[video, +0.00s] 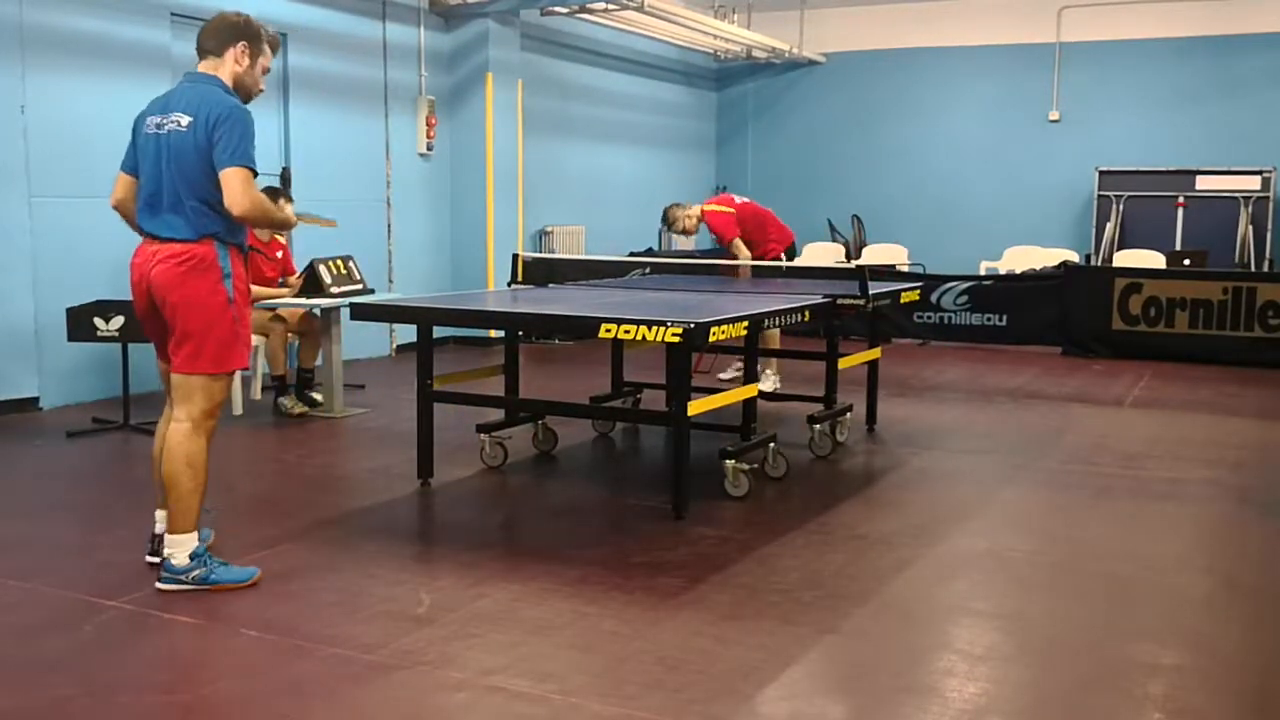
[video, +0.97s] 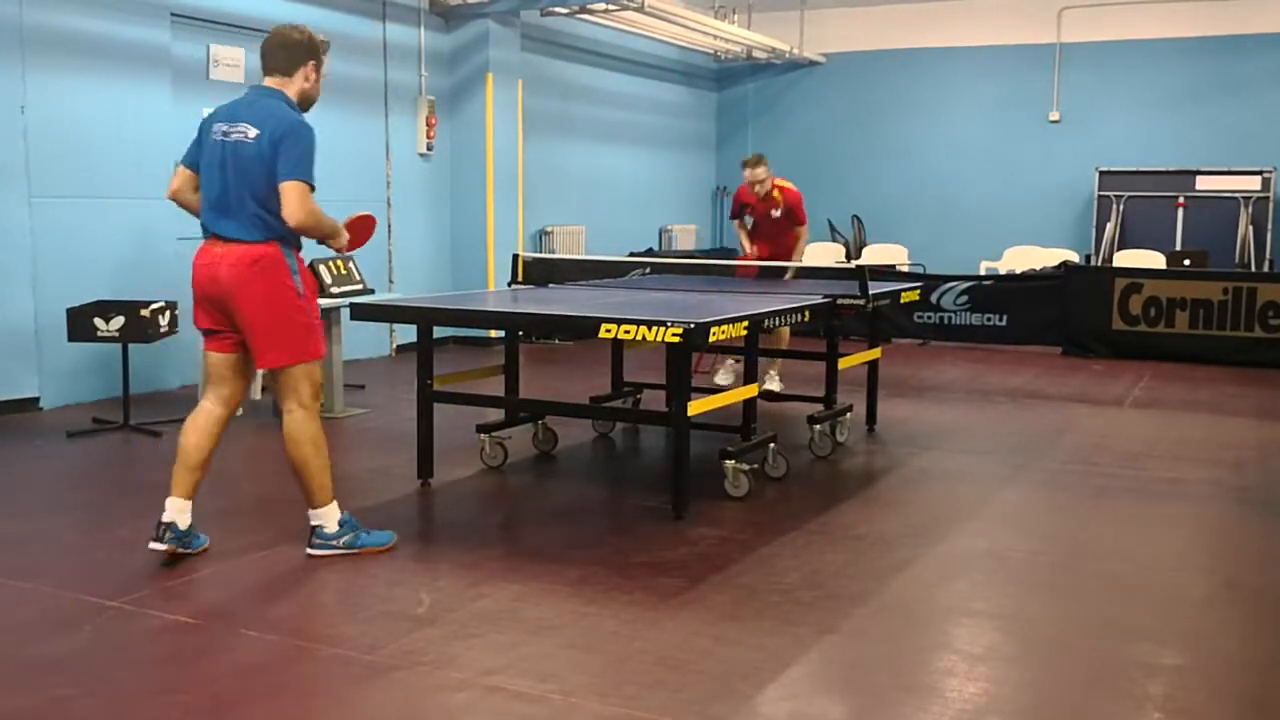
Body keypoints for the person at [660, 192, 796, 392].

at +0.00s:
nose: (687, 234)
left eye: (684, 230)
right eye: (682, 233)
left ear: (688, 214)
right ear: (689, 211)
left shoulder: (714, 217)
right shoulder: (712, 206)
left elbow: (745, 256)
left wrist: (740, 293)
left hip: (777, 251)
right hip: (764, 251)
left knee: (769, 316)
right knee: (750, 311)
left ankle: (771, 372)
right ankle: (746, 361)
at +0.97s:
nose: (756, 188)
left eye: (760, 182)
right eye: (752, 183)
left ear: (770, 175)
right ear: (745, 180)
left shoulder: (790, 196)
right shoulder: (742, 194)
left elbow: (802, 233)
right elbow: (738, 222)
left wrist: (792, 269)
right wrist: (747, 246)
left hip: (784, 260)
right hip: (754, 259)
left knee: (781, 316)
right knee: (739, 311)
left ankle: (773, 372)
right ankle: (729, 363)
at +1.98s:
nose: (902, 140)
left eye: (907, 135)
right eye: (897, 133)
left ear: (914, 135)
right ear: (886, 129)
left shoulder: (918, 164)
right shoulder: (871, 166)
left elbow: (920, 208)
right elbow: (852, 210)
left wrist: (921, 247)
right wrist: (860, 242)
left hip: (914, 261)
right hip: (880, 265)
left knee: (926, 323)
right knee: (879, 331)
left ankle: (923, 394)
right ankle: (834, 372)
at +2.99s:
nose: (867, 174)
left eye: (867, 166)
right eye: (863, 169)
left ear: (881, 152)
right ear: (883, 154)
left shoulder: (908, 168)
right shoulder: (917, 166)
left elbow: (915, 222)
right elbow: (937, 229)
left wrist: (883, 256)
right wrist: (905, 249)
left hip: (954, 252)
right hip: (963, 249)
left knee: (933, 329)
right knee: (946, 330)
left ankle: (925, 409)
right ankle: (957, 403)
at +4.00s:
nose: (869, 225)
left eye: (865, 218)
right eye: (864, 221)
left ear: (876, 202)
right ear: (884, 196)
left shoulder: (893, 213)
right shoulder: (925, 192)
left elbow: (881, 270)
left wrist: (841, 270)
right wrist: (896, 259)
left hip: (954, 276)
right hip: (993, 264)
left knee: (918, 338)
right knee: (997, 344)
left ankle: (924, 413)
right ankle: (1021, 417)